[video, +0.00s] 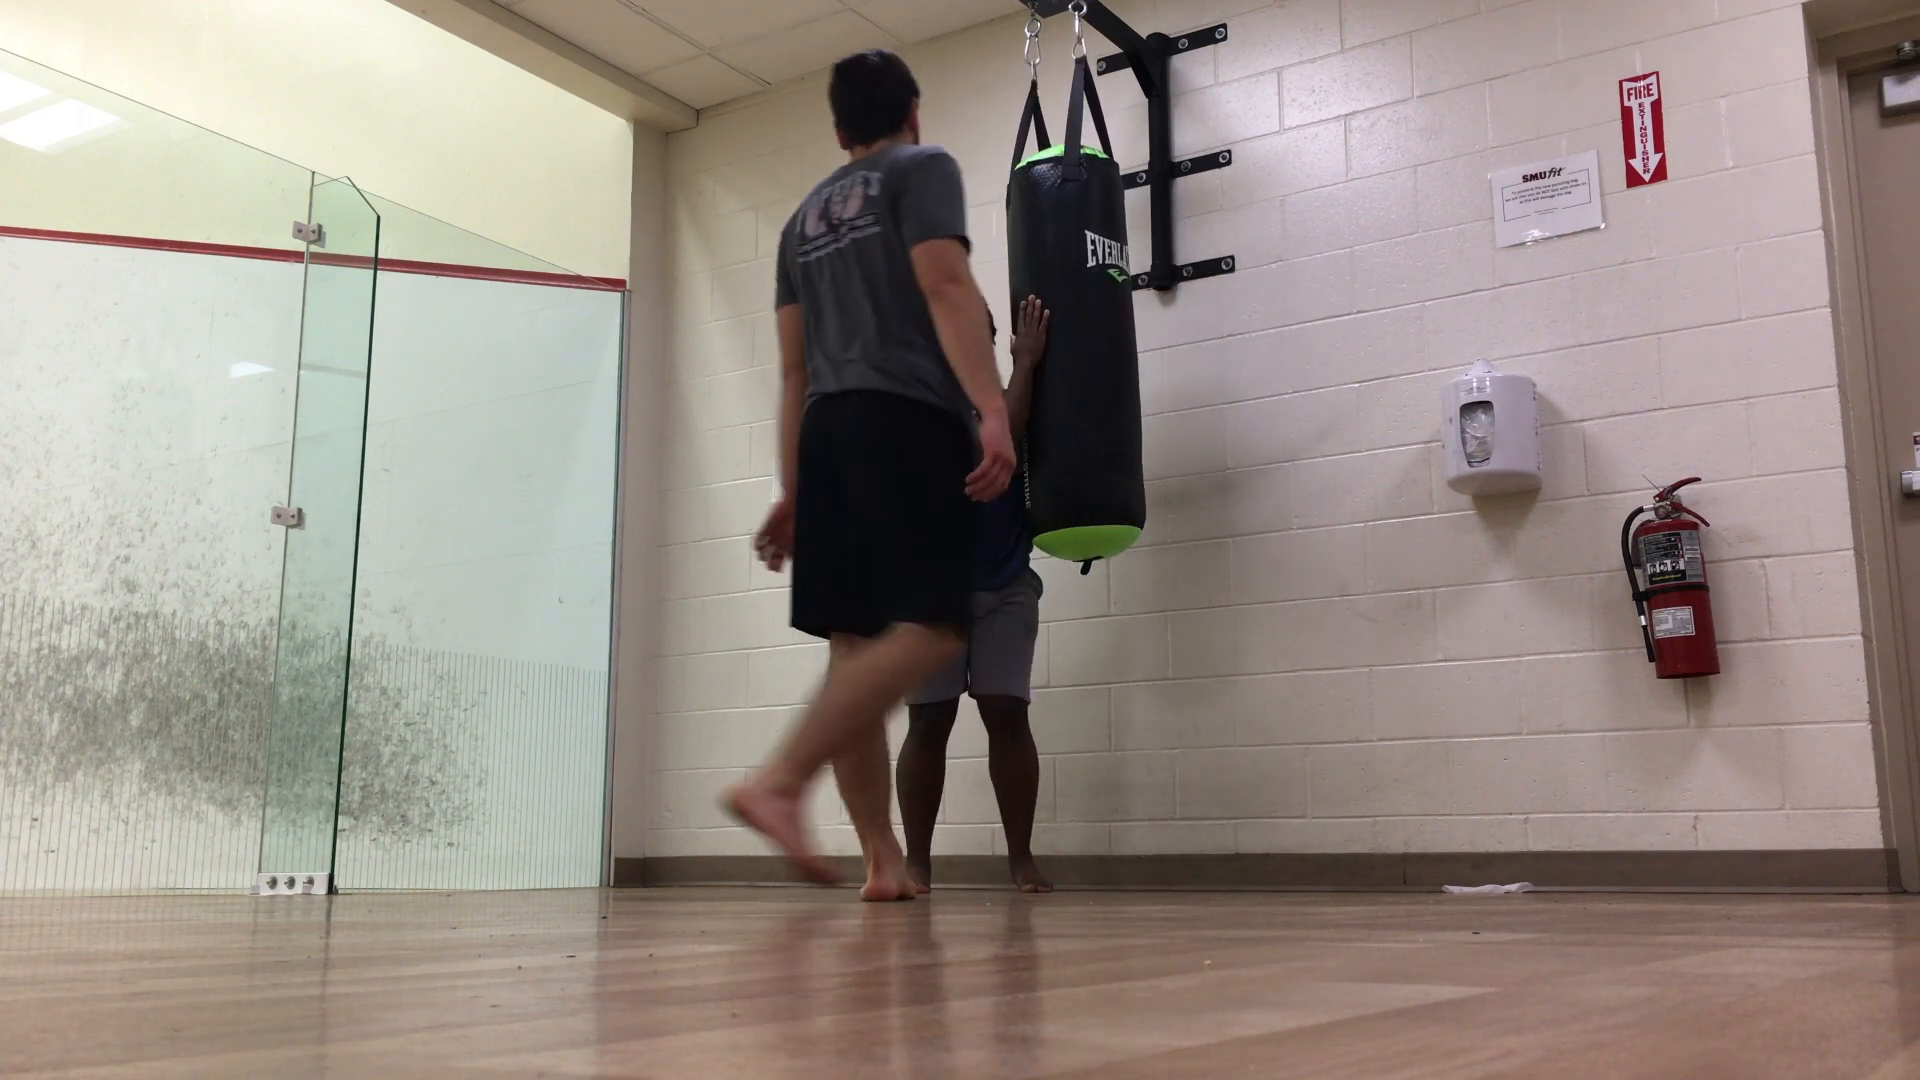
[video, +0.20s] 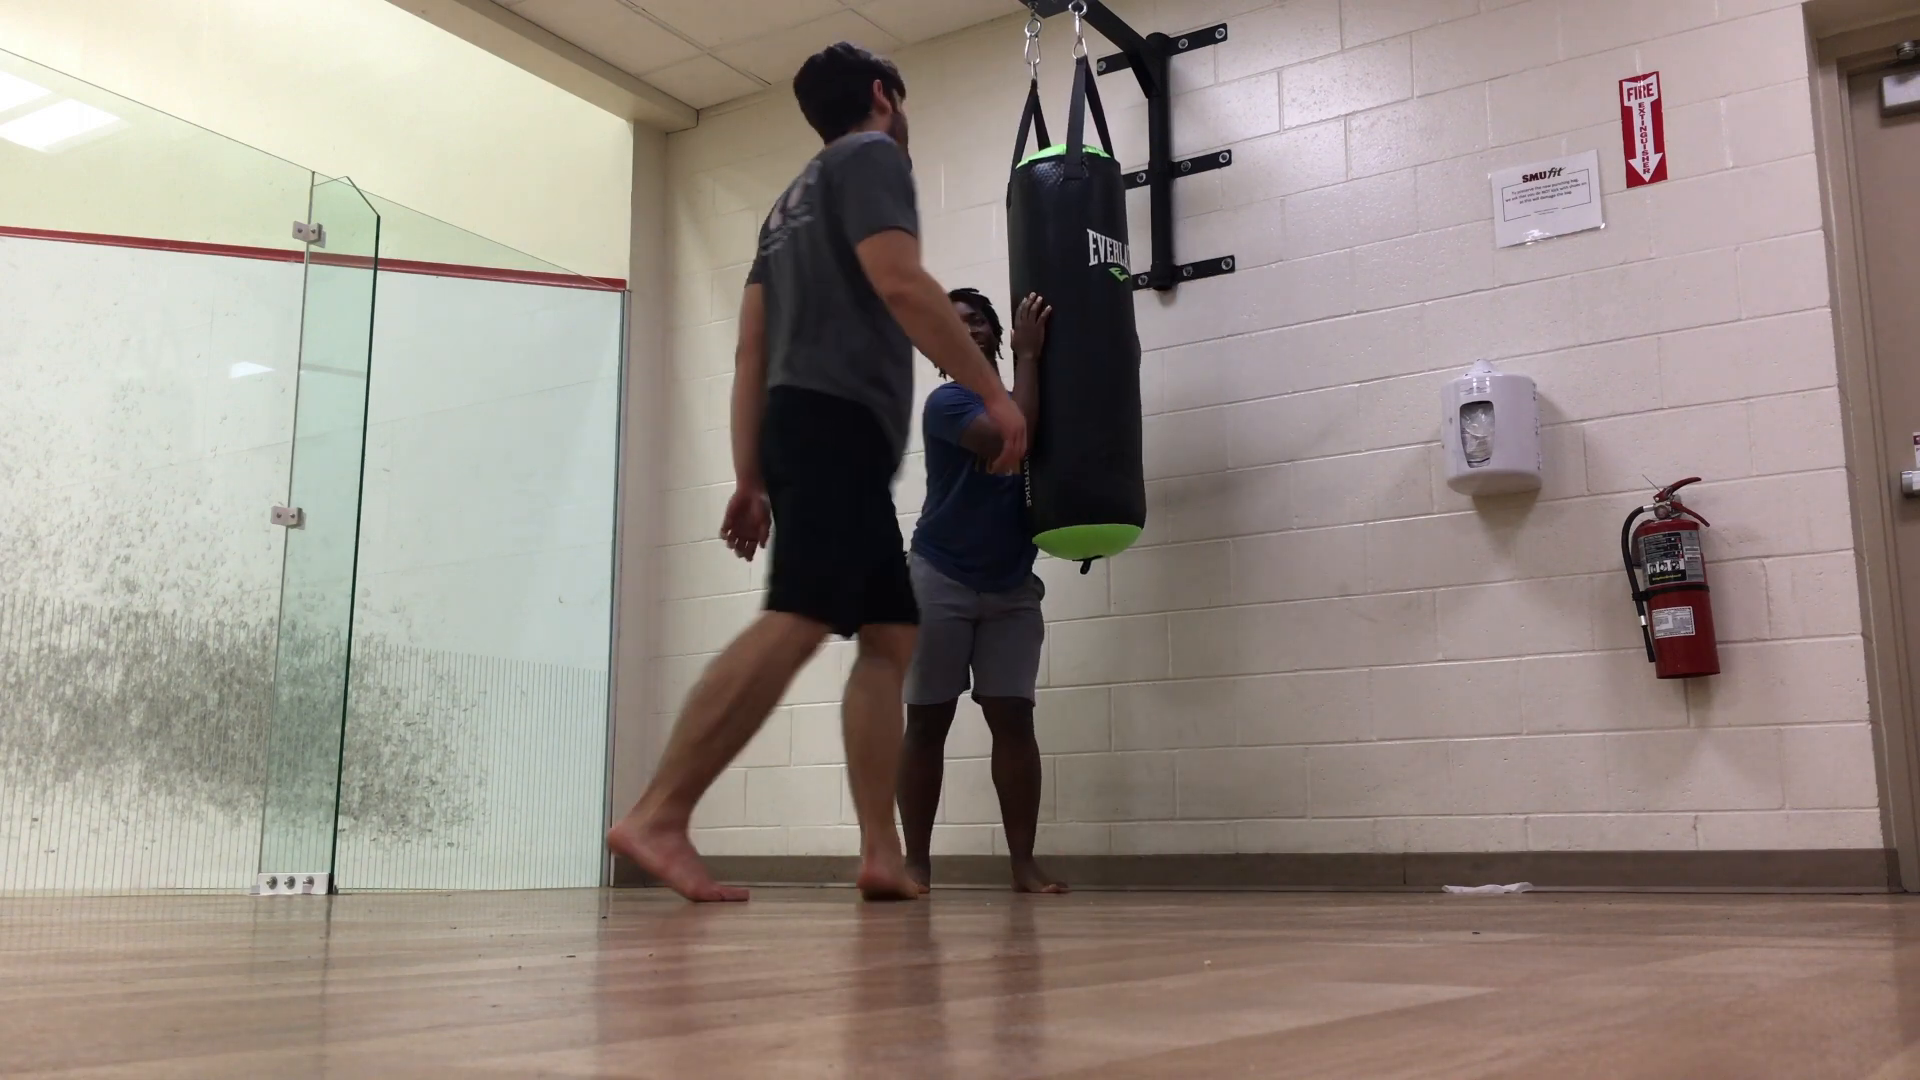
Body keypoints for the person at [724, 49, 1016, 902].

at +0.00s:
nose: (921, 126)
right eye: (919, 115)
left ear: (837, 130)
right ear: (914, 118)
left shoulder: (801, 219)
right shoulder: (921, 166)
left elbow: (794, 368)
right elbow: (943, 281)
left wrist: (793, 487)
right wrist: (991, 407)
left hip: (828, 440)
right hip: (909, 426)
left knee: (854, 642)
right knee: (936, 629)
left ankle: (884, 860)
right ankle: (775, 782)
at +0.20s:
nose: (905, 120)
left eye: (901, 106)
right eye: (901, 104)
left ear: (821, 116)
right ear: (881, 99)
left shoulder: (783, 206)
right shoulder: (868, 153)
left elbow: (753, 346)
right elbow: (898, 282)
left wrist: (748, 475)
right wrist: (995, 396)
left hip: (798, 425)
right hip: (835, 421)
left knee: (890, 631)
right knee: (800, 616)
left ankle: (882, 852)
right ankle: (655, 819)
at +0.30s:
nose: (907, 120)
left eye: (903, 105)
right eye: (904, 103)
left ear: (824, 101)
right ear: (883, 92)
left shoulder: (791, 186)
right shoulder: (841, 144)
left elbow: (782, 339)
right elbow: (868, 266)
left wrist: (761, 473)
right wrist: (977, 361)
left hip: (803, 422)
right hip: (802, 411)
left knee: (900, 609)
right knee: (771, 610)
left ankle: (869, 823)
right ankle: (650, 822)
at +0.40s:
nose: (901, 99)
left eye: (900, 84)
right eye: (901, 81)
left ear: (836, 70)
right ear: (882, 71)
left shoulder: (833, 147)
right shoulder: (823, 115)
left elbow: (832, 271)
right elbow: (830, 236)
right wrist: (931, 324)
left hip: (827, 394)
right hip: (793, 380)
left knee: (879, 597)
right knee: (782, 584)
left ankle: (852, 818)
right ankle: (671, 806)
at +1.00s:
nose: (923, 174)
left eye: (917, 164)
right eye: (922, 163)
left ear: (846, 168)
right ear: (911, 158)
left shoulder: (817, 237)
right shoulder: (897, 203)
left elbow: (817, 356)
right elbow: (893, 316)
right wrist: (930, 445)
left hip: (802, 450)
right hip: (863, 448)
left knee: (830, 653)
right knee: (903, 644)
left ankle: (863, 857)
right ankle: (756, 775)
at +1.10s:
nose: (935, 180)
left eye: (933, 169)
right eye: (934, 169)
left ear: (857, 175)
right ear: (924, 164)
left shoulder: (818, 249)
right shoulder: (915, 211)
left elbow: (797, 353)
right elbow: (909, 316)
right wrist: (949, 445)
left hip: (812, 463)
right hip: (888, 460)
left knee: (837, 651)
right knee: (945, 649)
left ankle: (860, 861)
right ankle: (840, 776)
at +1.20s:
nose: (950, 192)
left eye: (947, 181)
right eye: (949, 181)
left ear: (871, 182)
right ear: (940, 176)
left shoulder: (824, 259)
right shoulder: (930, 219)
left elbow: (798, 388)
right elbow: (926, 319)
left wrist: (855, 441)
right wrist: (971, 444)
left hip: (832, 472)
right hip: (917, 465)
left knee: (845, 659)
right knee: (960, 648)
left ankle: (862, 860)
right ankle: (926, 832)